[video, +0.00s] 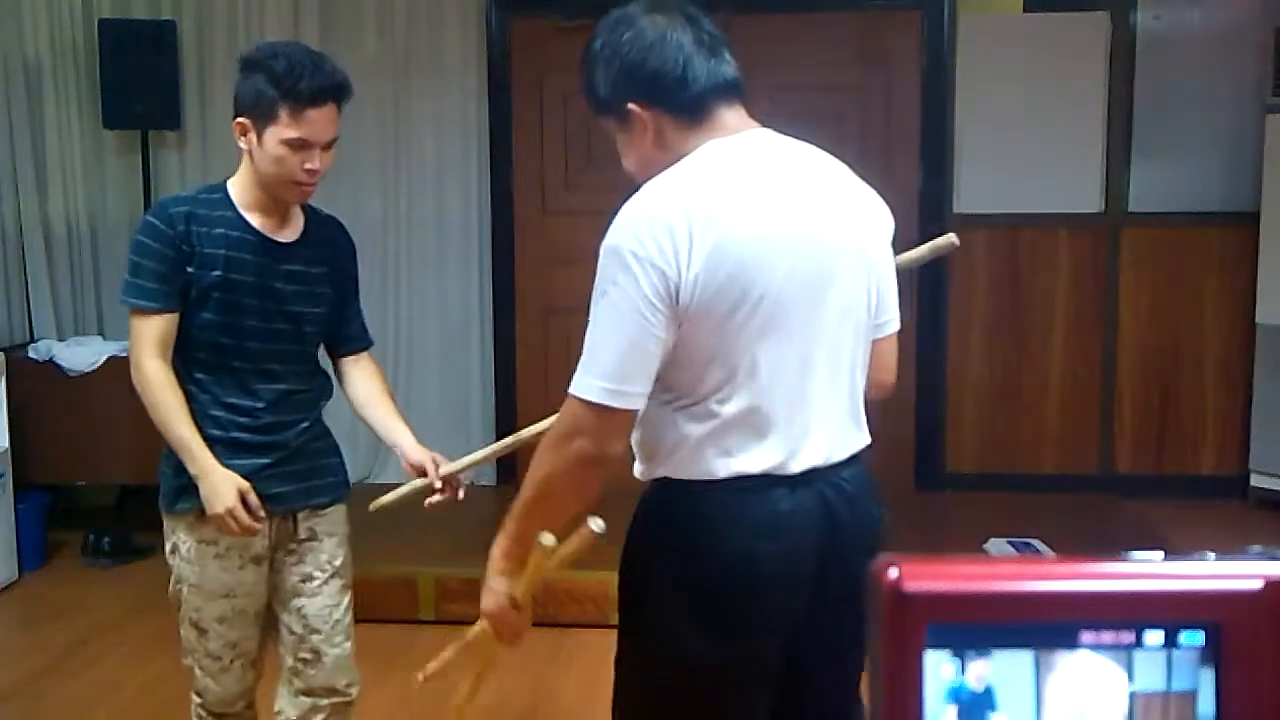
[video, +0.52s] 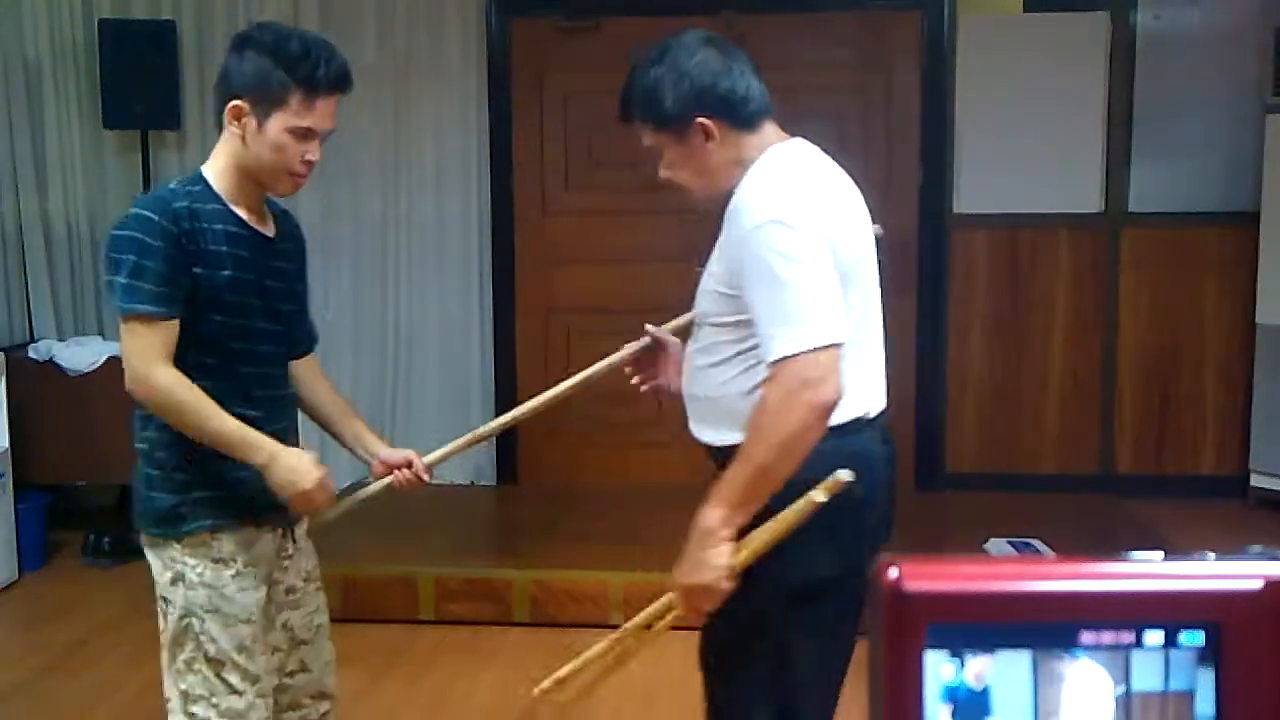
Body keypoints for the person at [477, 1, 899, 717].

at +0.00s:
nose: (623, 164)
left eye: (614, 137)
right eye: (613, 141)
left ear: (643, 119)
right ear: (726, 85)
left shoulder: (657, 218)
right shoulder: (850, 191)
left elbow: (594, 438)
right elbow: (879, 375)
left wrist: (508, 556)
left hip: (710, 538)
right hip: (841, 521)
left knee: (676, 713)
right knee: (823, 711)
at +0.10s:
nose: (622, 166)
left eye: (614, 142)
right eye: (611, 145)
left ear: (647, 123)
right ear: (723, 89)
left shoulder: (664, 215)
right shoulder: (835, 189)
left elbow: (595, 430)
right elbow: (871, 368)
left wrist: (498, 536)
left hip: (712, 529)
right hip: (834, 515)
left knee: (670, 709)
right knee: (809, 709)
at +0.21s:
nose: (629, 173)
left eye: (623, 151)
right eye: (618, 153)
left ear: (661, 131)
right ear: (729, 100)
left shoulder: (681, 217)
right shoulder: (830, 194)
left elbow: (624, 420)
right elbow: (864, 368)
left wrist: (523, 534)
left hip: (720, 514)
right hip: (832, 501)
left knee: (673, 708)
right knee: (807, 709)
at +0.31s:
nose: (639, 173)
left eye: (635, 152)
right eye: (630, 155)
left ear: (674, 135)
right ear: (735, 110)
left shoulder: (711, 217)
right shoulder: (824, 188)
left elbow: (684, 419)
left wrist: (578, 543)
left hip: (744, 505)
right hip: (835, 490)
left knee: (685, 705)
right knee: (795, 704)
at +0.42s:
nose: (648, 173)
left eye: (646, 152)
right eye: (638, 156)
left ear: (689, 132)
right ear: (734, 113)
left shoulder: (740, 209)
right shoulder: (813, 178)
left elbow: (757, 397)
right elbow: (816, 339)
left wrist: (656, 531)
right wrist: (693, 362)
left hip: (773, 489)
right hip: (835, 472)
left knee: (718, 704)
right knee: (782, 703)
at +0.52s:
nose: (660, 172)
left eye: (660, 150)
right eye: (651, 154)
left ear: (706, 132)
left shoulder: (773, 204)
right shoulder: (808, 173)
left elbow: (808, 382)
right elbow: (800, 343)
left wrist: (715, 522)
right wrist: (694, 365)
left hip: (798, 474)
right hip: (835, 460)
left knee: (755, 698)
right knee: (784, 696)